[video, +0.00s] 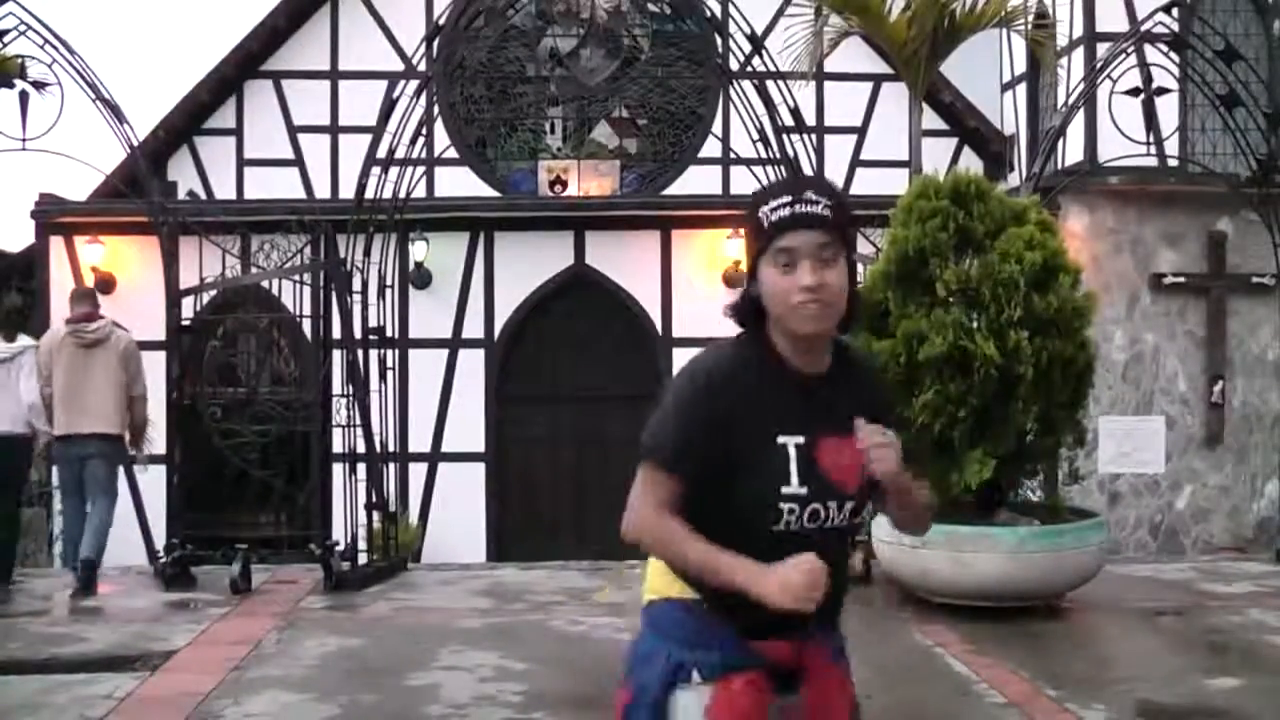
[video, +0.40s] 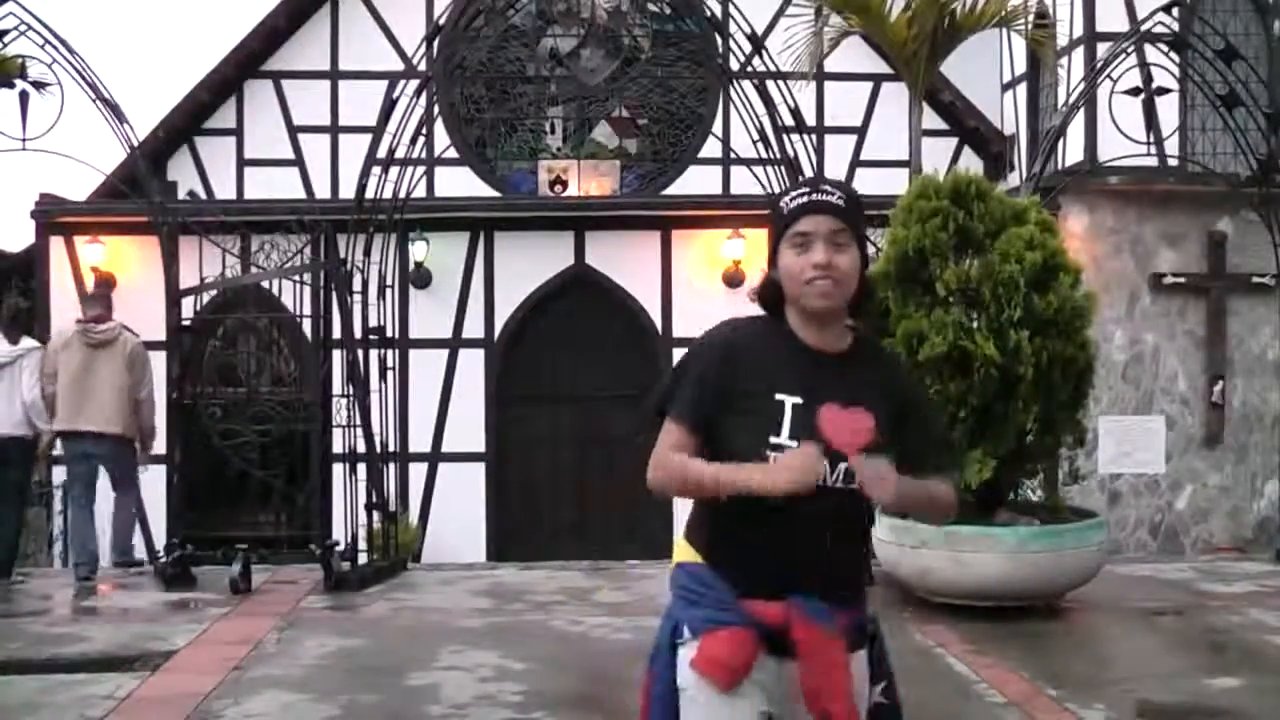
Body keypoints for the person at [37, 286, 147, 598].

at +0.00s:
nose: (81, 315)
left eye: (77, 310)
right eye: (89, 308)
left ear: (70, 311)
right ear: (99, 309)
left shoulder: (51, 341)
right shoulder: (123, 342)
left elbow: (46, 389)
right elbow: (138, 393)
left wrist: (56, 424)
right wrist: (137, 434)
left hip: (67, 434)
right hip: (106, 434)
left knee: (72, 502)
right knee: (101, 499)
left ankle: (76, 571)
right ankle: (88, 561)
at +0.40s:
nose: (98, 316)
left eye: (93, 312)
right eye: (103, 311)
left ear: (83, 311)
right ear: (111, 310)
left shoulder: (60, 343)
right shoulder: (131, 345)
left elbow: (49, 389)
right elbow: (144, 396)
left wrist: (59, 421)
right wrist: (147, 437)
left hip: (74, 432)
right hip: (115, 432)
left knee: (79, 499)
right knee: (126, 491)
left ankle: (83, 566)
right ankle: (122, 552)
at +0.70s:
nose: (118, 319)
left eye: (115, 313)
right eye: (123, 313)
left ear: (107, 314)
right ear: (133, 315)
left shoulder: (85, 344)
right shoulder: (150, 345)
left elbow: (66, 390)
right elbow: (163, 392)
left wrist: (70, 424)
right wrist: (165, 427)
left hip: (100, 433)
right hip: (140, 434)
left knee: (98, 499)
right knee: (148, 498)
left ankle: (86, 563)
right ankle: (150, 557)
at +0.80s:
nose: (125, 319)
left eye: (122, 313)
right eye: (130, 313)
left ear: (114, 314)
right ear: (140, 314)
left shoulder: (91, 344)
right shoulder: (157, 343)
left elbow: (75, 391)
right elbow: (170, 388)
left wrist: (71, 427)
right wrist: (169, 424)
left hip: (104, 433)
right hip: (145, 432)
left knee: (100, 496)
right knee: (149, 496)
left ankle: (87, 557)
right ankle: (149, 557)